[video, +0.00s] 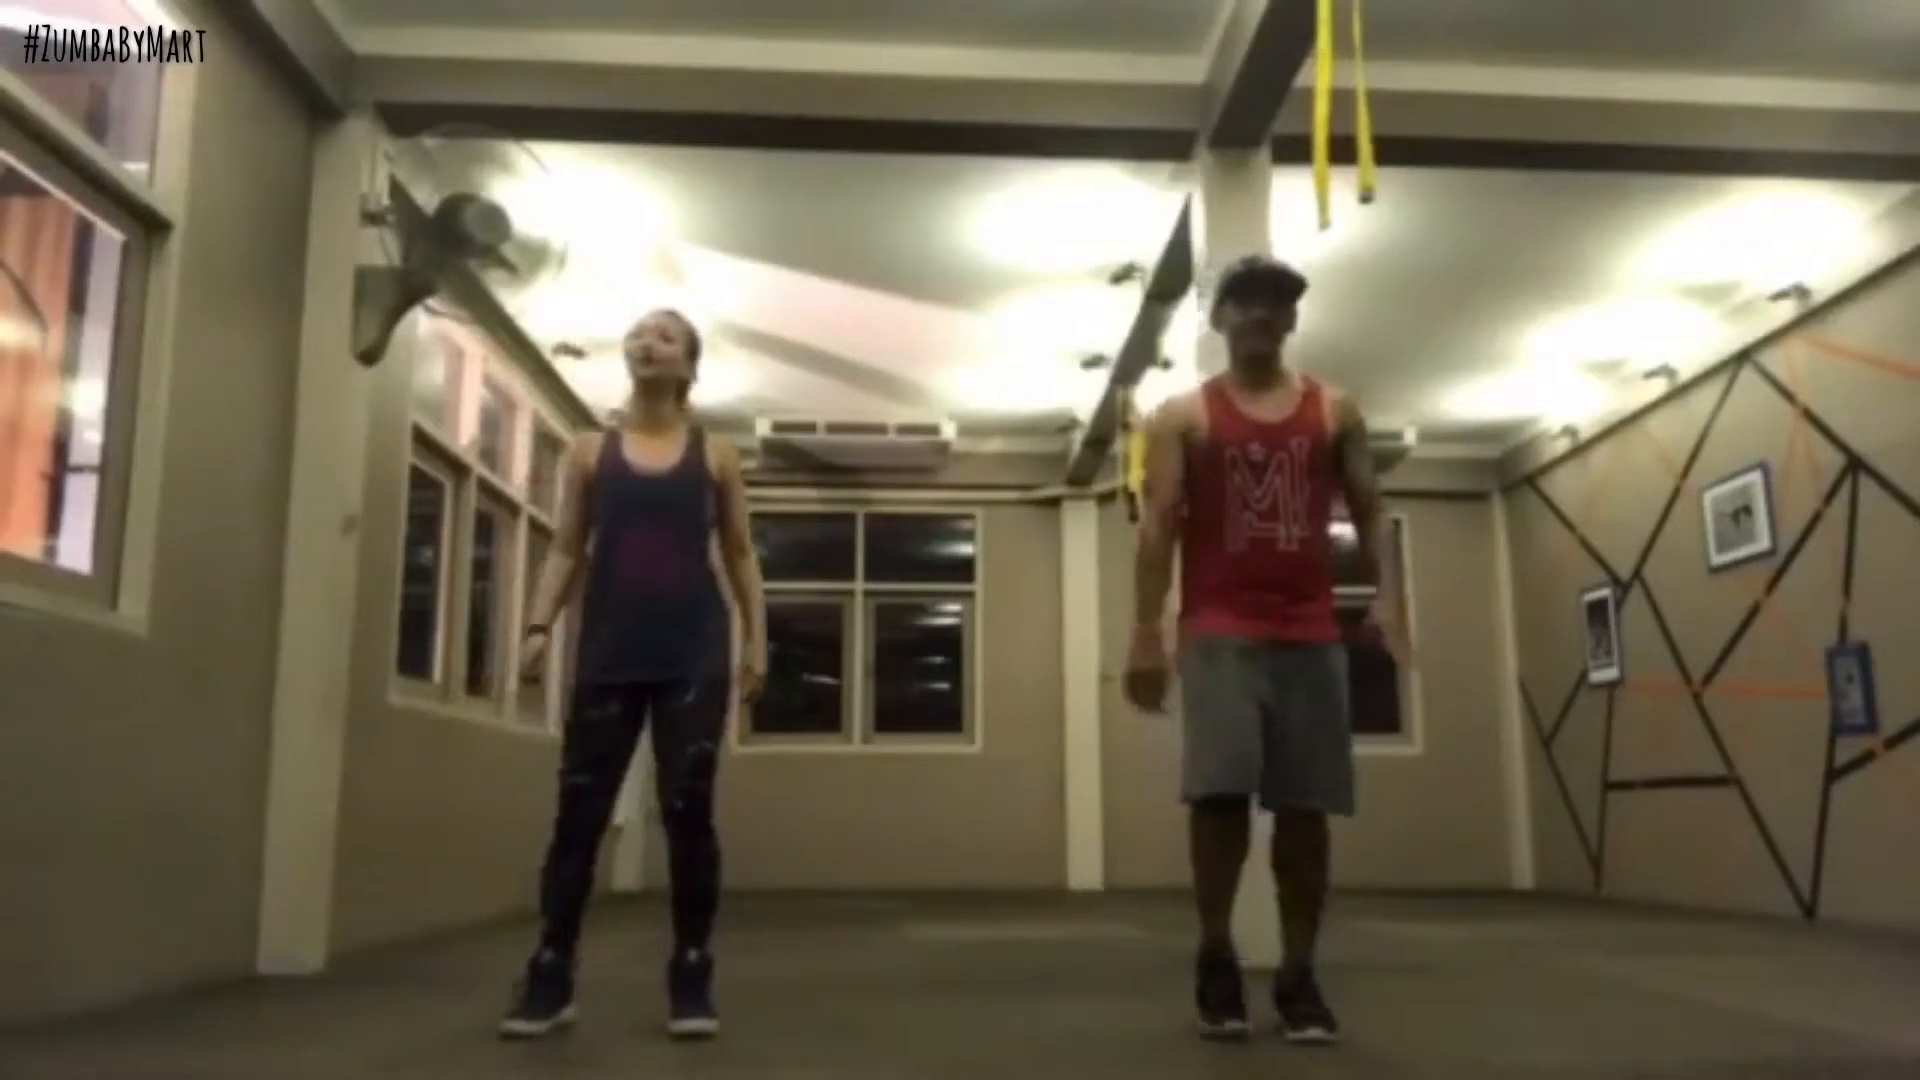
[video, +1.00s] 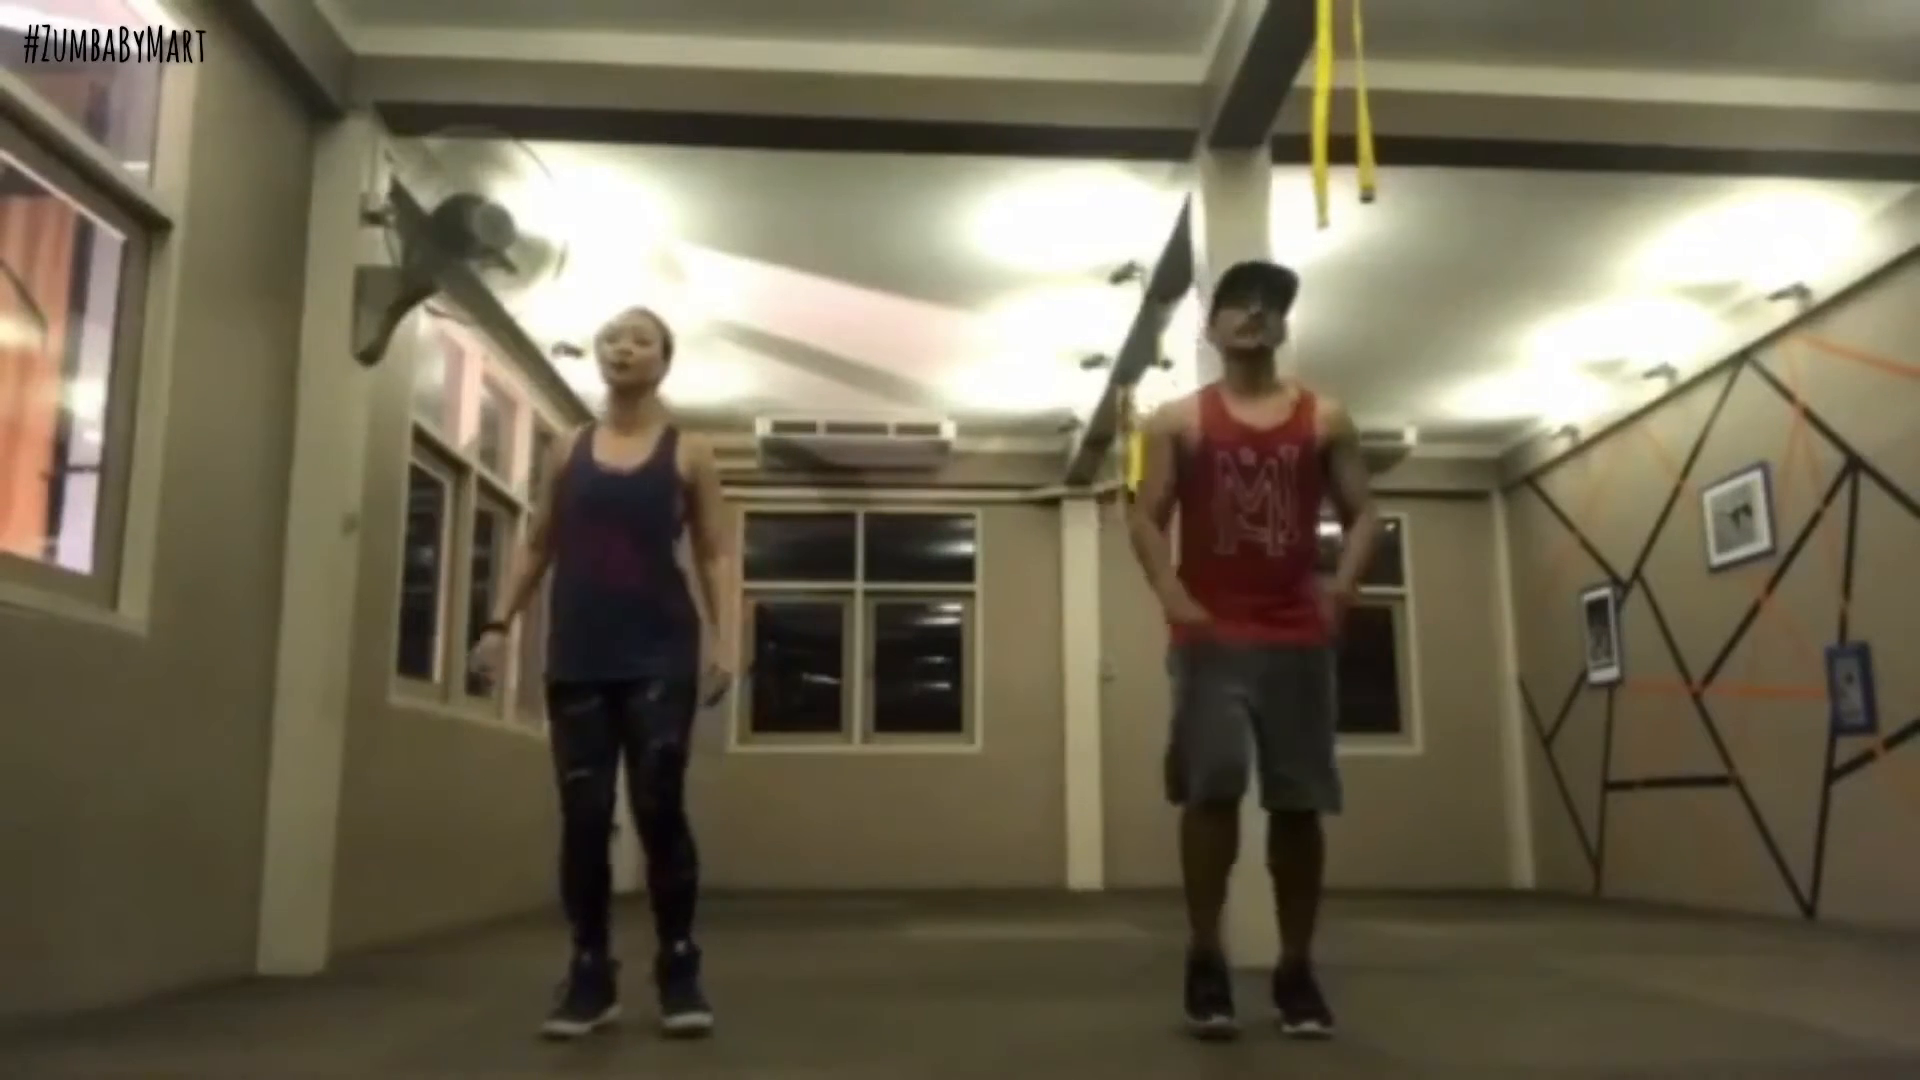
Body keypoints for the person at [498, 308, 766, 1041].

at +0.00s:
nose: (649, 344)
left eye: (666, 336)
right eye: (641, 335)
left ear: (691, 363)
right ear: (626, 355)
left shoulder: (715, 456)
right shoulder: (591, 452)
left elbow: (738, 553)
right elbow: (568, 548)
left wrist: (755, 639)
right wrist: (539, 624)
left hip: (694, 658)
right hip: (607, 657)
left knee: (689, 817)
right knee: (578, 818)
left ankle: (692, 982)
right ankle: (548, 980)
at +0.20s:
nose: (666, 343)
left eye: (683, 336)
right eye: (657, 333)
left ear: (707, 362)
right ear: (641, 355)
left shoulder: (729, 455)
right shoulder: (607, 452)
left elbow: (763, 559)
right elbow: (583, 550)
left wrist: (787, 643)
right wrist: (567, 628)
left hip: (709, 661)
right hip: (623, 659)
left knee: (699, 824)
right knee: (599, 822)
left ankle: (693, 981)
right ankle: (590, 975)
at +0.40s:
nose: (670, 344)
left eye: (686, 337)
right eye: (660, 335)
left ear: (711, 362)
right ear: (645, 356)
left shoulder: (733, 454)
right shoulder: (613, 453)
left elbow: (763, 556)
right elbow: (586, 554)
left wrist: (783, 637)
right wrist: (568, 641)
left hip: (708, 659)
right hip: (624, 657)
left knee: (699, 821)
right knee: (602, 818)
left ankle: (693, 981)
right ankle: (599, 975)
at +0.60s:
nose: (658, 343)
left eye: (674, 335)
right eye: (649, 335)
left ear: (699, 358)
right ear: (636, 355)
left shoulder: (726, 449)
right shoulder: (603, 449)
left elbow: (748, 548)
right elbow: (579, 548)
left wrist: (746, 620)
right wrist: (555, 635)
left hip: (694, 656)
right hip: (609, 654)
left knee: (693, 820)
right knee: (588, 813)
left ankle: (692, 980)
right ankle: (586, 972)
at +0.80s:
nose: (639, 349)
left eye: (655, 340)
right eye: (630, 340)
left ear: (679, 361)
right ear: (614, 356)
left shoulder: (699, 451)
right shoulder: (581, 449)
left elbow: (721, 549)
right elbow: (554, 539)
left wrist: (726, 632)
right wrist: (531, 619)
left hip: (671, 659)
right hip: (588, 659)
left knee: (674, 819)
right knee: (587, 820)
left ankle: (691, 978)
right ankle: (589, 976)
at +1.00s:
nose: (622, 351)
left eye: (638, 341)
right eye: (613, 341)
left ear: (664, 362)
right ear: (597, 357)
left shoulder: (688, 451)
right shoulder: (568, 450)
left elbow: (714, 552)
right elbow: (538, 542)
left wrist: (725, 639)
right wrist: (502, 621)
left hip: (660, 657)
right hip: (577, 658)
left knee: (659, 813)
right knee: (584, 819)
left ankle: (677, 972)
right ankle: (589, 975)